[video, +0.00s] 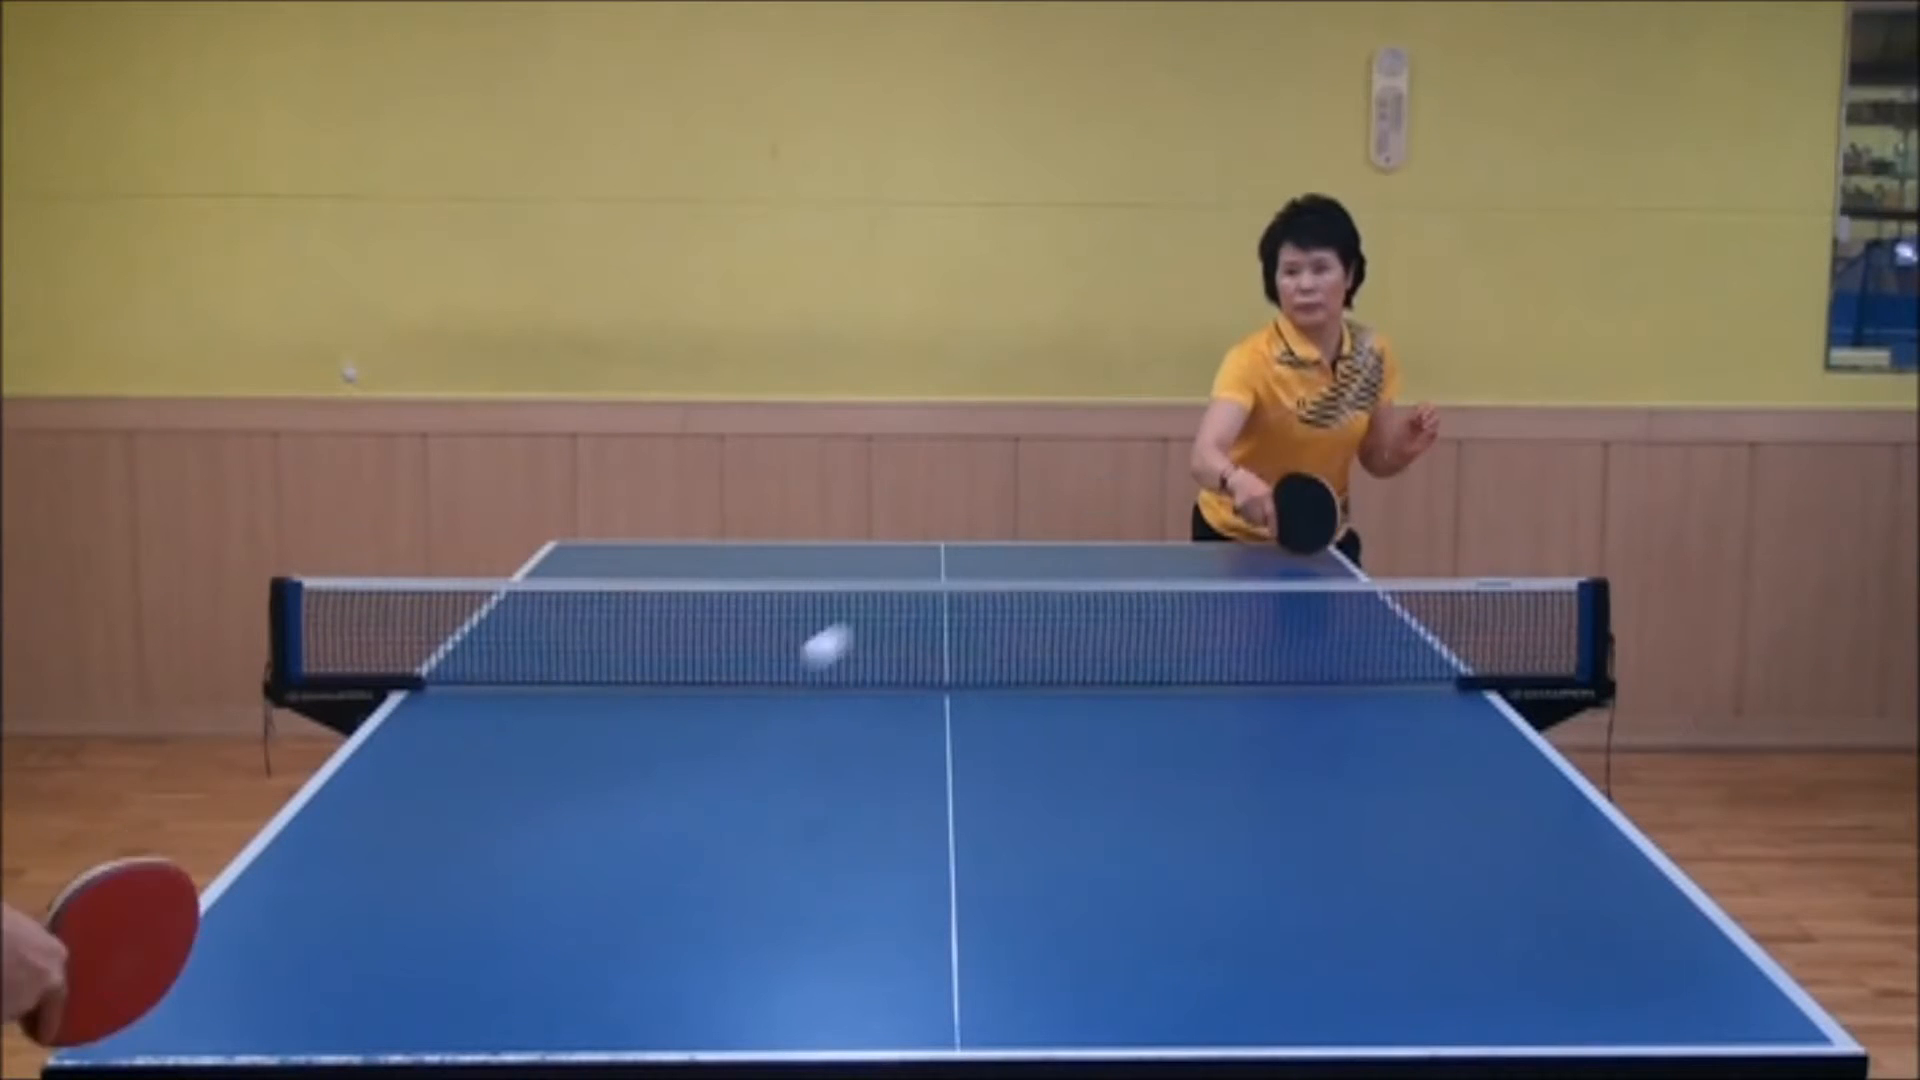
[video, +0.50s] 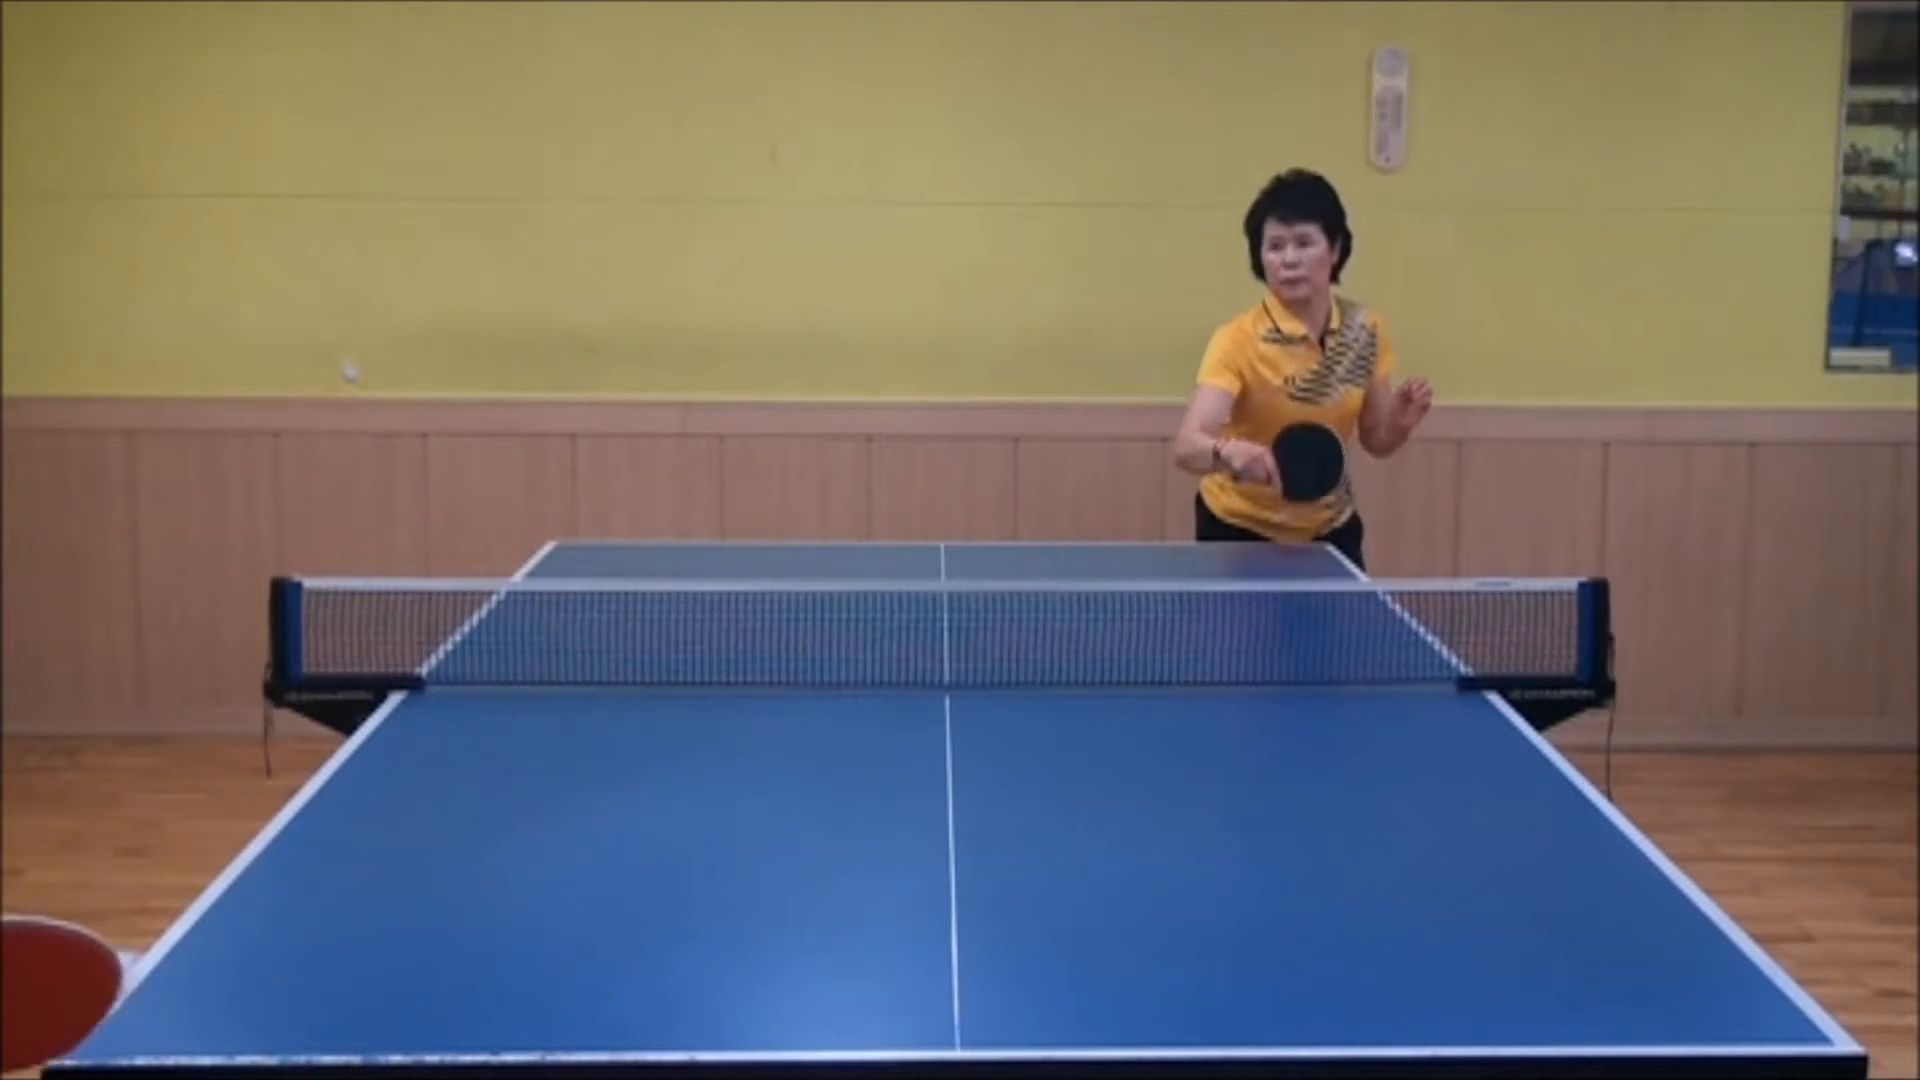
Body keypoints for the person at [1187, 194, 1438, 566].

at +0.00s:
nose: (1306, 285)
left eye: (1321, 269)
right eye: (1291, 271)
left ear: (1350, 276)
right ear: (1274, 281)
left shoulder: (1371, 356)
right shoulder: (1251, 360)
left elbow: (1376, 459)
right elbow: (1205, 454)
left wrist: (1403, 448)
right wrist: (1236, 480)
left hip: (1327, 538)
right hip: (1238, 538)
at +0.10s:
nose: (1303, 281)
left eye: (1318, 265)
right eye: (1289, 268)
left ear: (1348, 272)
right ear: (1271, 278)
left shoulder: (1370, 353)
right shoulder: (1249, 358)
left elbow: (1376, 457)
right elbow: (1202, 453)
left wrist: (1401, 448)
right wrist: (1235, 478)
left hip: (1327, 538)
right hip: (1238, 537)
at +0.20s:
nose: (1300, 276)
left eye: (1315, 261)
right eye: (1286, 263)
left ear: (1345, 268)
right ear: (1268, 274)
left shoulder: (1369, 349)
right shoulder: (1246, 355)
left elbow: (1376, 454)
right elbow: (1198, 454)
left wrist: (1401, 443)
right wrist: (1233, 472)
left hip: (1327, 538)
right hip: (1238, 537)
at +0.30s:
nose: (1297, 271)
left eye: (1312, 256)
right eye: (1283, 258)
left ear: (1342, 263)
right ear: (1265, 269)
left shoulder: (1367, 345)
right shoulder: (1243, 352)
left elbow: (1376, 450)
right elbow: (1195, 451)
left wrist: (1400, 438)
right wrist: (1231, 466)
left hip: (1328, 540)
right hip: (1239, 538)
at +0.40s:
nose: (1297, 271)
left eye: (1311, 256)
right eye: (1282, 258)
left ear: (1342, 263)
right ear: (1265, 269)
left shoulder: (1367, 345)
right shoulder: (1243, 351)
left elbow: (1376, 450)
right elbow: (1195, 451)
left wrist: (1400, 438)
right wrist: (1231, 466)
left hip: (1328, 540)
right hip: (1239, 537)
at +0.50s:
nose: (1290, 259)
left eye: (1305, 243)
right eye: (1276, 246)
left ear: (1335, 251)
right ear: (1259, 258)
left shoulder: (1364, 332)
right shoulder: (1237, 340)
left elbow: (1375, 440)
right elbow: (1187, 445)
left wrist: (1397, 427)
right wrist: (1226, 453)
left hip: (1331, 532)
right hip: (1240, 531)